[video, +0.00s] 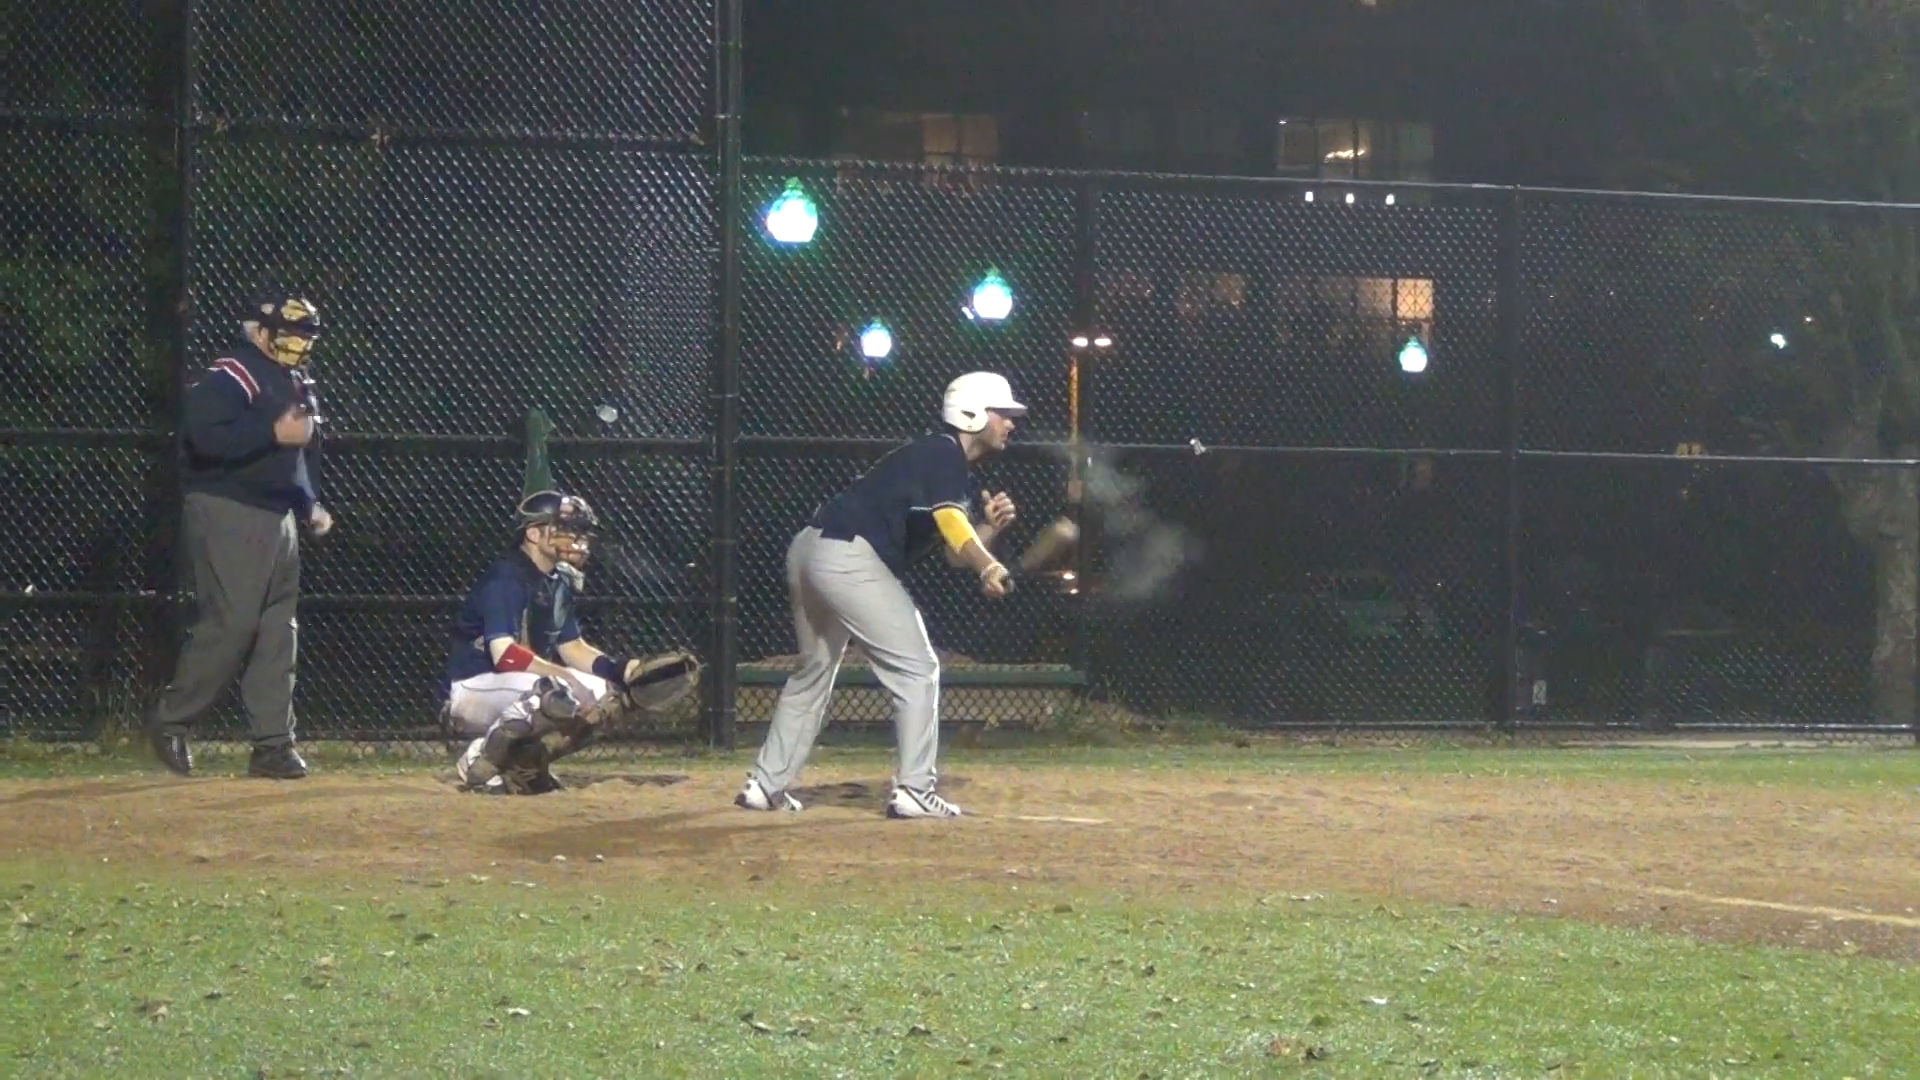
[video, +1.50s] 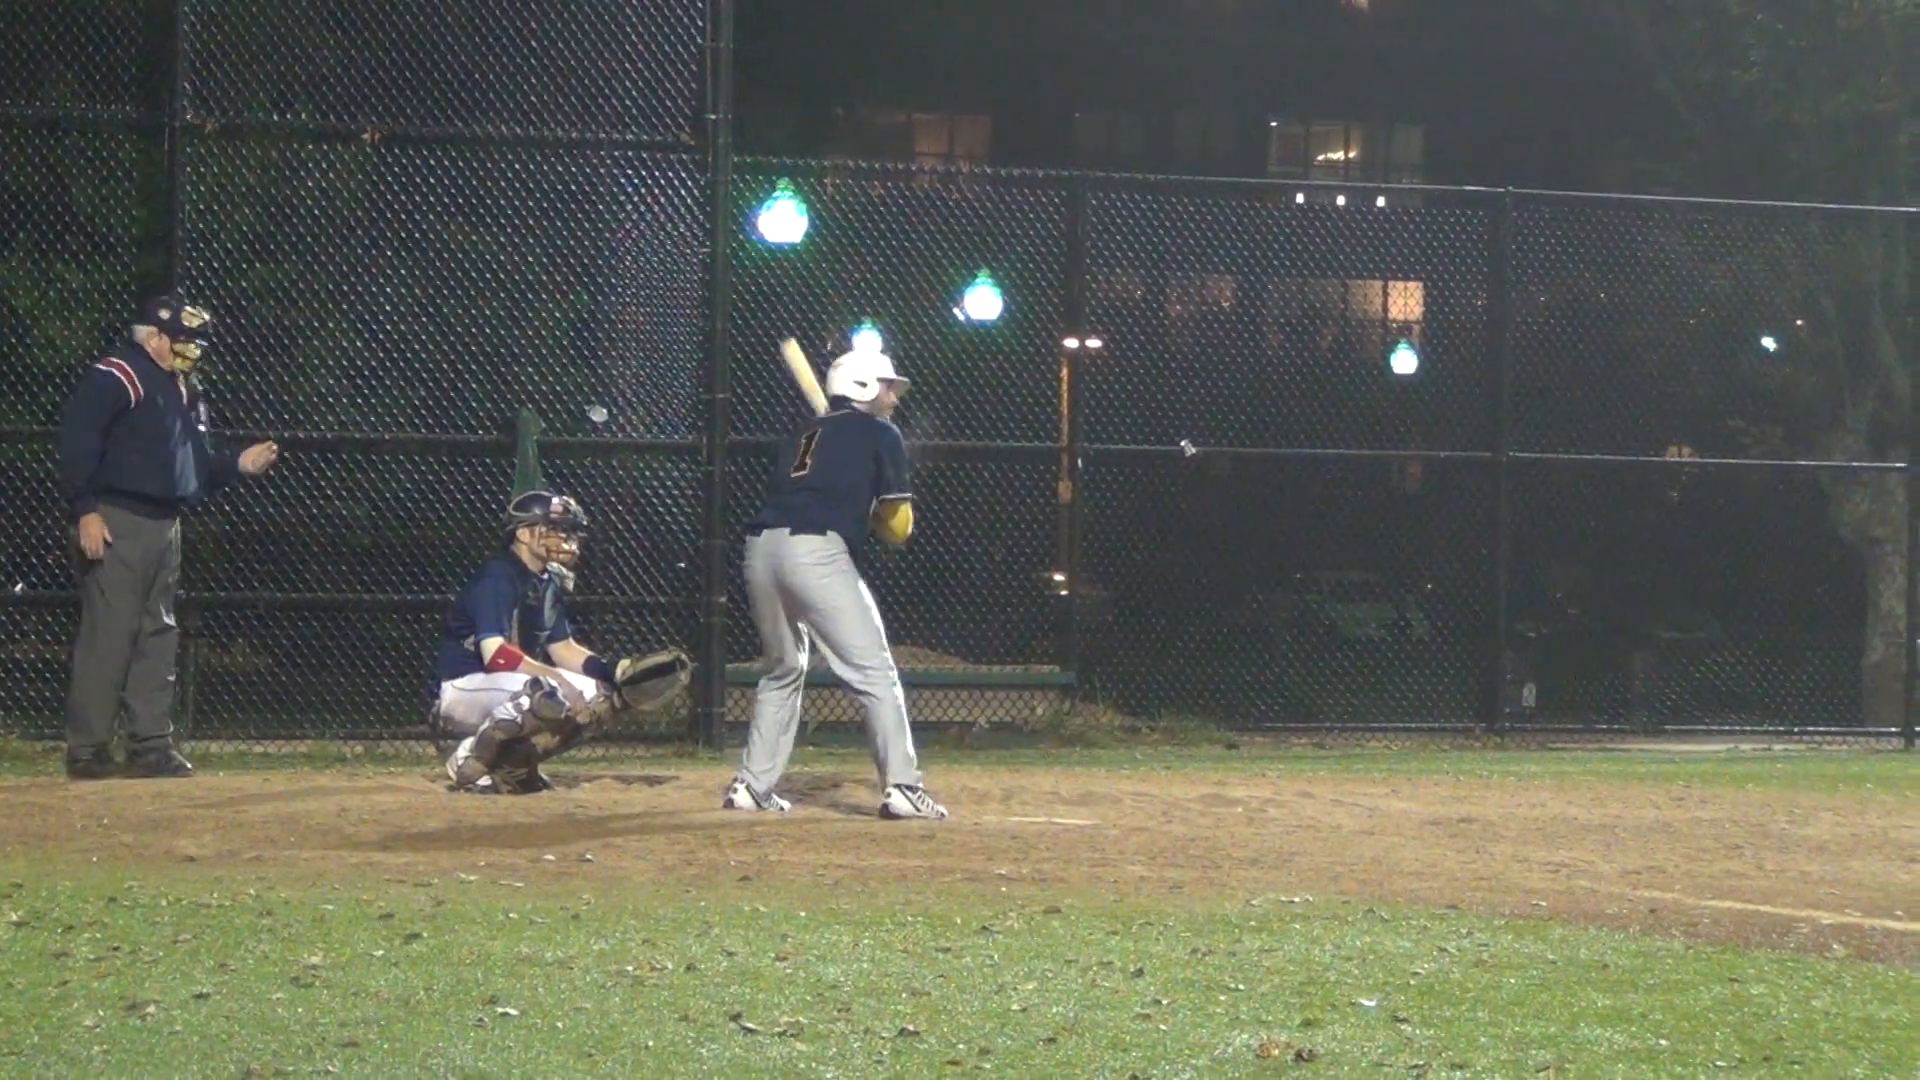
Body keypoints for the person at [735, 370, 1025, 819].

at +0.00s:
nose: (1012, 424)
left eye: (1011, 416)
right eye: (1003, 415)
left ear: (970, 419)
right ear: (974, 417)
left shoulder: (925, 454)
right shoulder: (945, 455)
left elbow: (955, 554)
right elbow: (953, 527)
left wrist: (988, 529)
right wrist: (988, 564)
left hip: (807, 546)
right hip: (847, 553)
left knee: (814, 670)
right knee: (918, 669)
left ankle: (765, 784)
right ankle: (915, 791)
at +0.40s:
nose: (970, 413)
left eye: (969, 404)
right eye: (961, 403)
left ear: (924, 407)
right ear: (933, 405)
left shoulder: (883, 444)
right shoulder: (913, 450)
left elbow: (890, 543)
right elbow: (914, 527)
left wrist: (943, 574)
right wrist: (951, 590)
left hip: (782, 548)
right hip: (831, 552)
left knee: (800, 670)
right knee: (897, 671)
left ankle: (761, 786)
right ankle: (912, 790)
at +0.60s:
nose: (933, 398)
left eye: (931, 389)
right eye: (925, 389)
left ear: (888, 393)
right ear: (900, 392)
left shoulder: (849, 431)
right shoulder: (896, 440)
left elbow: (859, 534)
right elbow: (897, 527)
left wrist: (898, 601)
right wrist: (924, 608)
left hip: (768, 547)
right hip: (822, 550)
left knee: (791, 670)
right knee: (884, 672)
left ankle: (760, 786)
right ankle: (911, 789)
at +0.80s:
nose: (897, 390)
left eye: (895, 381)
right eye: (889, 381)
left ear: (848, 386)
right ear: (866, 386)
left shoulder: (805, 427)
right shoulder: (881, 436)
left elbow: (808, 509)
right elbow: (880, 526)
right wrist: (883, 578)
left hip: (760, 549)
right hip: (818, 551)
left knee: (782, 668)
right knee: (873, 671)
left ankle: (760, 785)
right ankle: (908, 788)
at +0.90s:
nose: (883, 389)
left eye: (882, 380)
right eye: (876, 381)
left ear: (827, 386)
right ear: (853, 385)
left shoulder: (787, 426)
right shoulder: (874, 435)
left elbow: (793, 502)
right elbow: (872, 525)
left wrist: (870, 542)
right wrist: (861, 562)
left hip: (756, 548)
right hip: (815, 548)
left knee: (778, 668)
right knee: (870, 669)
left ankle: (758, 784)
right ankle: (908, 785)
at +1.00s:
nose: (876, 388)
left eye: (875, 378)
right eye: (869, 379)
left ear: (818, 382)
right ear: (847, 381)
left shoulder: (775, 422)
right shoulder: (868, 431)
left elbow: (755, 486)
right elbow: (863, 515)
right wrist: (868, 514)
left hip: (752, 545)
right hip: (812, 543)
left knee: (774, 667)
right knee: (870, 663)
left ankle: (758, 785)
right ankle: (912, 777)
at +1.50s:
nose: (896, 396)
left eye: (895, 386)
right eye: (889, 386)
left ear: (842, 390)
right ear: (865, 388)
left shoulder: (801, 432)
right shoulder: (881, 433)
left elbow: (790, 495)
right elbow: (897, 525)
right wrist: (859, 503)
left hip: (759, 548)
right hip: (816, 549)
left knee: (782, 670)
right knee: (876, 675)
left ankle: (753, 785)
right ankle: (903, 789)